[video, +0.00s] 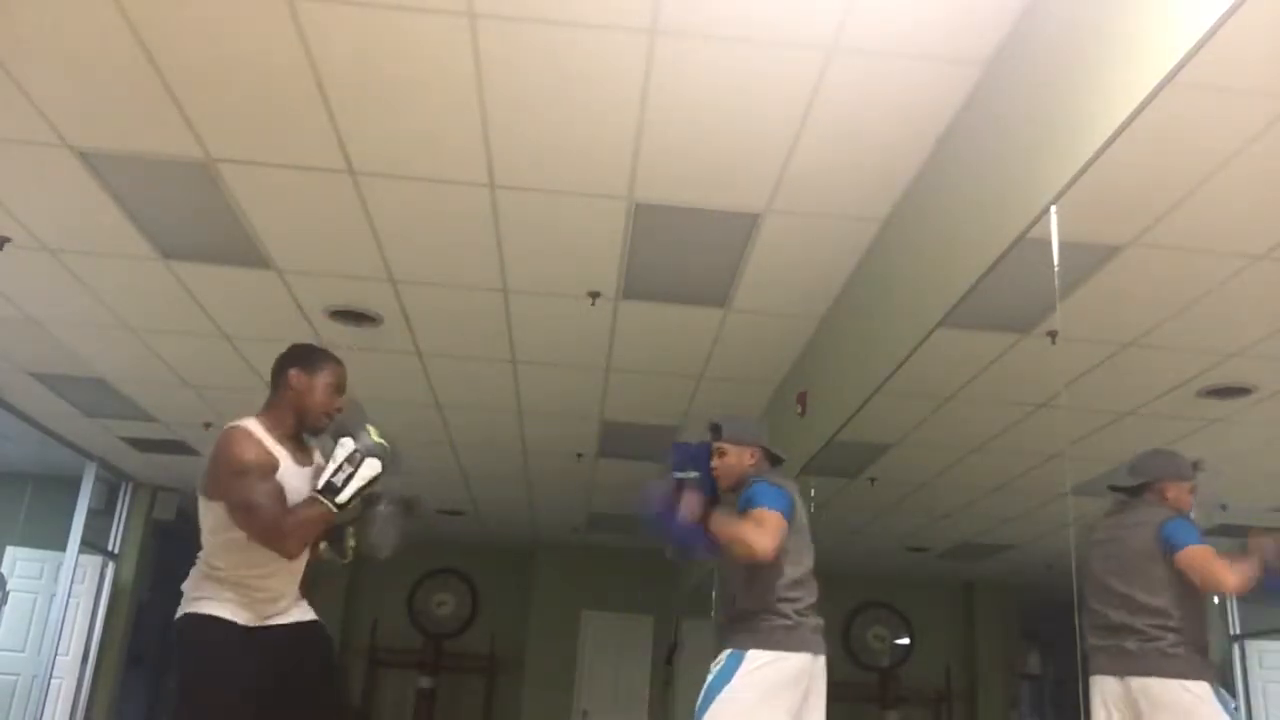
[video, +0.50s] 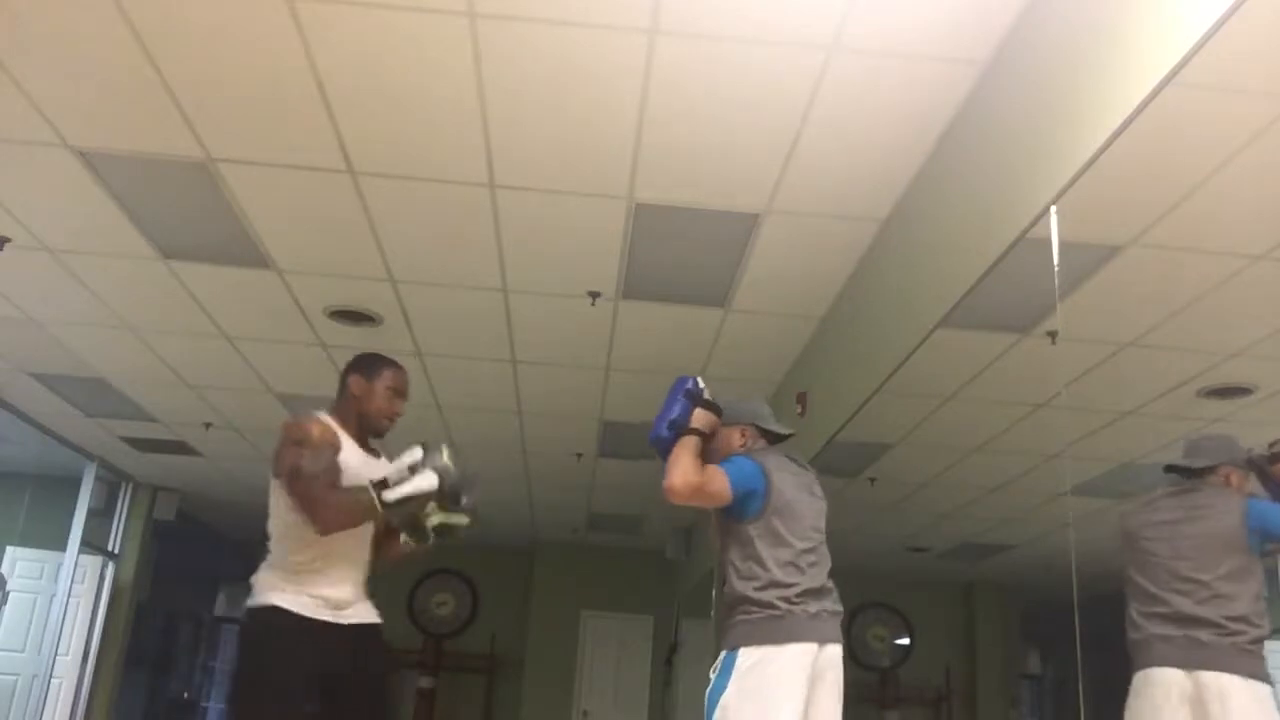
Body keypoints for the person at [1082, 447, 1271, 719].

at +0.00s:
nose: (1194, 500)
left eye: (1194, 491)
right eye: (1189, 491)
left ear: (1140, 491)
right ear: (1164, 490)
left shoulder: (1101, 527)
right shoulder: (1169, 524)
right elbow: (1226, 581)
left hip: (1103, 682)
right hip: (1168, 682)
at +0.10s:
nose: (1191, 495)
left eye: (1192, 487)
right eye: (1188, 487)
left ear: (1136, 485)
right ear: (1165, 486)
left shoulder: (1098, 527)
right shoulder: (1170, 520)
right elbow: (1259, 554)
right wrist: (1252, 503)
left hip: (1104, 678)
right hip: (1171, 677)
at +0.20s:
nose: (1200, 494)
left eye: (1200, 484)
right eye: (1197, 484)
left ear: (1145, 484)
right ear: (1178, 484)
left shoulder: (1102, 526)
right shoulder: (1187, 519)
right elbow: (1272, 538)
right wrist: (1253, 487)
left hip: (1112, 682)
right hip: (1182, 682)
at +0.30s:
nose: (1216, 491)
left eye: (1217, 484)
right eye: (1214, 483)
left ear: (1158, 481)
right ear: (1198, 482)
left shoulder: (1114, 525)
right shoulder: (1211, 517)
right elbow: (1276, 537)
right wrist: (1268, 488)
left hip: (1128, 682)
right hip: (1203, 684)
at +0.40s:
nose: (1235, 490)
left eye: (1236, 482)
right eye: (1232, 482)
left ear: (1181, 478)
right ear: (1216, 479)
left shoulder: (1128, 518)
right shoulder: (1231, 513)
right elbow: (1275, 531)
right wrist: (1240, 493)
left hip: (1144, 676)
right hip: (1224, 676)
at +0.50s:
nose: (1247, 484)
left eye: (1248, 476)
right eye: (1245, 476)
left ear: (1186, 474)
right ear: (1229, 477)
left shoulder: (1135, 515)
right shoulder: (1247, 511)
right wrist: (1251, 491)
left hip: (1155, 676)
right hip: (1236, 677)